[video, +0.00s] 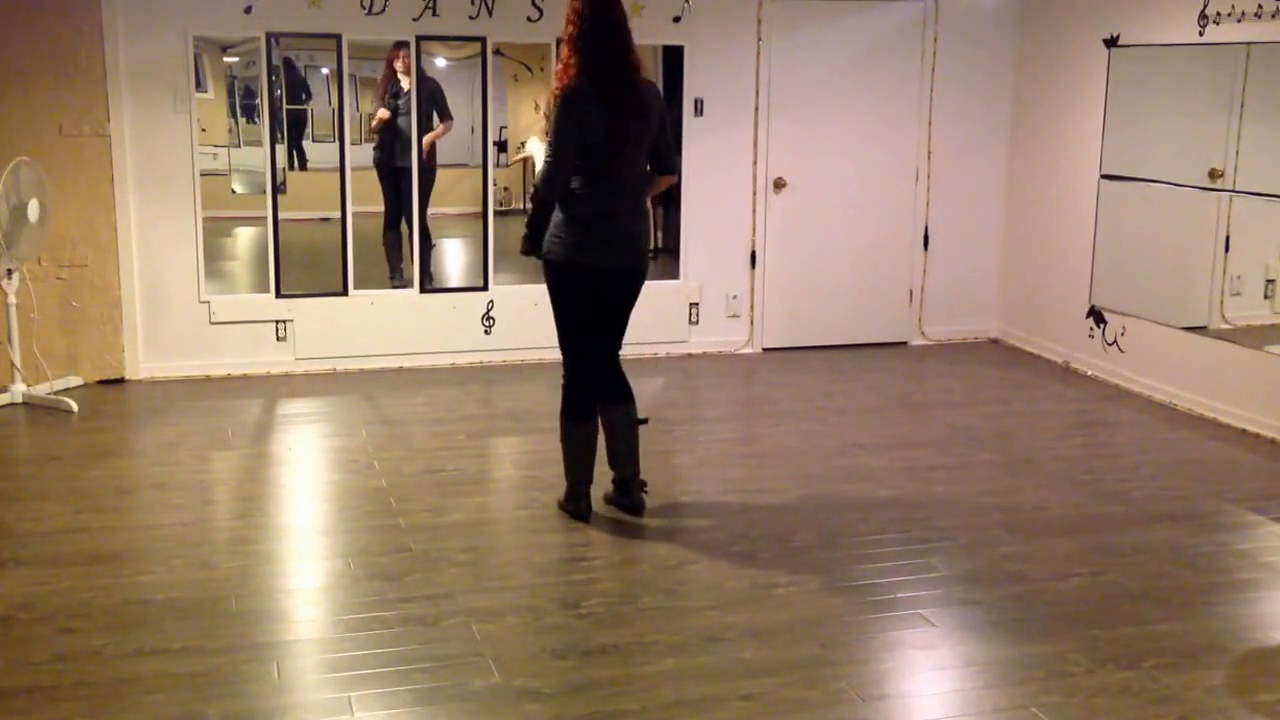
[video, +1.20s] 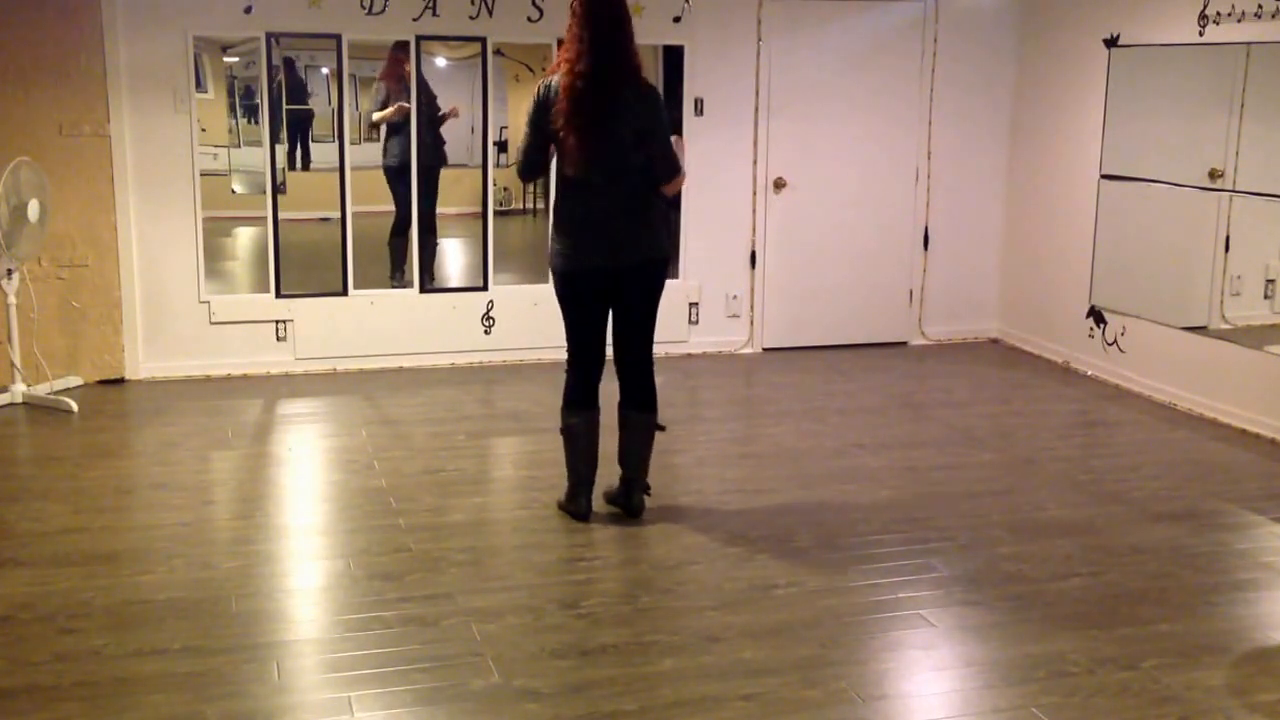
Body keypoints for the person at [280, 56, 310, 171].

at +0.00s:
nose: (282, 71)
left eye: (282, 68)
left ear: (282, 68)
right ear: (293, 65)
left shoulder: (282, 79)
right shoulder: (300, 78)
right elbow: (308, 94)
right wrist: (304, 101)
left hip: (287, 112)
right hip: (300, 112)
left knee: (288, 143)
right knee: (298, 142)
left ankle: (290, 168)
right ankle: (303, 166)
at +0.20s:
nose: (282, 70)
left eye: (282, 68)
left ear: (283, 67)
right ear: (293, 65)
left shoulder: (282, 79)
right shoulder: (300, 77)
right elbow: (308, 94)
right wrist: (304, 101)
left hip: (287, 112)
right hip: (300, 112)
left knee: (288, 143)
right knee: (298, 142)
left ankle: (290, 168)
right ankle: (303, 166)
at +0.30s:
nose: (283, 70)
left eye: (283, 67)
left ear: (283, 67)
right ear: (294, 66)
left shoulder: (282, 81)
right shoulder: (300, 78)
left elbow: (278, 97)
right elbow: (311, 91)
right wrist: (304, 99)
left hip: (289, 113)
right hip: (303, 112)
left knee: (291, 143)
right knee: (302, 142)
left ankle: (290, 168)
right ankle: (305, 167)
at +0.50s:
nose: (284, 70)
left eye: (283, 67)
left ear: (283, 67)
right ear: (294, 65)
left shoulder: (282, 81)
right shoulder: (300, 77)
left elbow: (278, 96)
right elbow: (311, 91)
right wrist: (304, 98)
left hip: (289, 112)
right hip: (303, 112)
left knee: (291, 143)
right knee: (304, 142)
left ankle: (291, 168)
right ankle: (305, 168)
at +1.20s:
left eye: (283, 67)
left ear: (283, 67)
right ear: (294, 66)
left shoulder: (281, 82)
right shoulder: (300, 80)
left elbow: (278, 100)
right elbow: (305, 96)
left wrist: (280, 115)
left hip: (290, 115)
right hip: (304, 114)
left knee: (292, 145)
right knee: (305, 144)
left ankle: (291, 170)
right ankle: (306, 169)